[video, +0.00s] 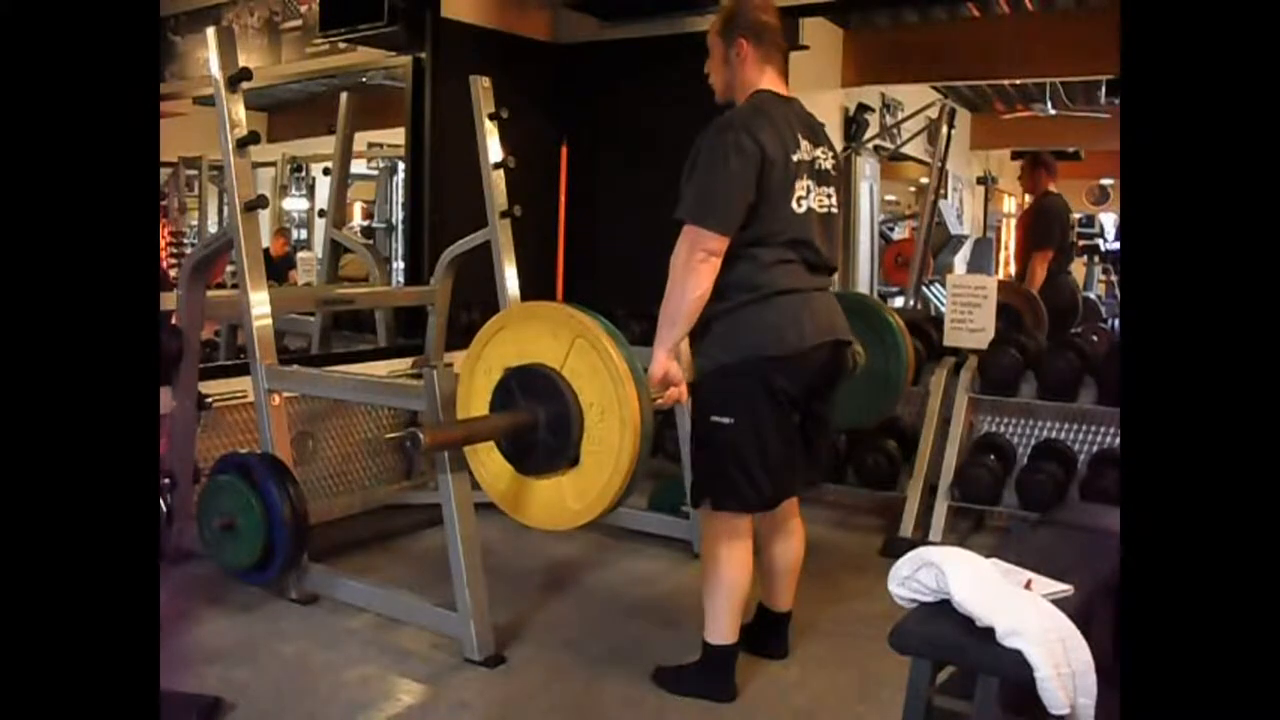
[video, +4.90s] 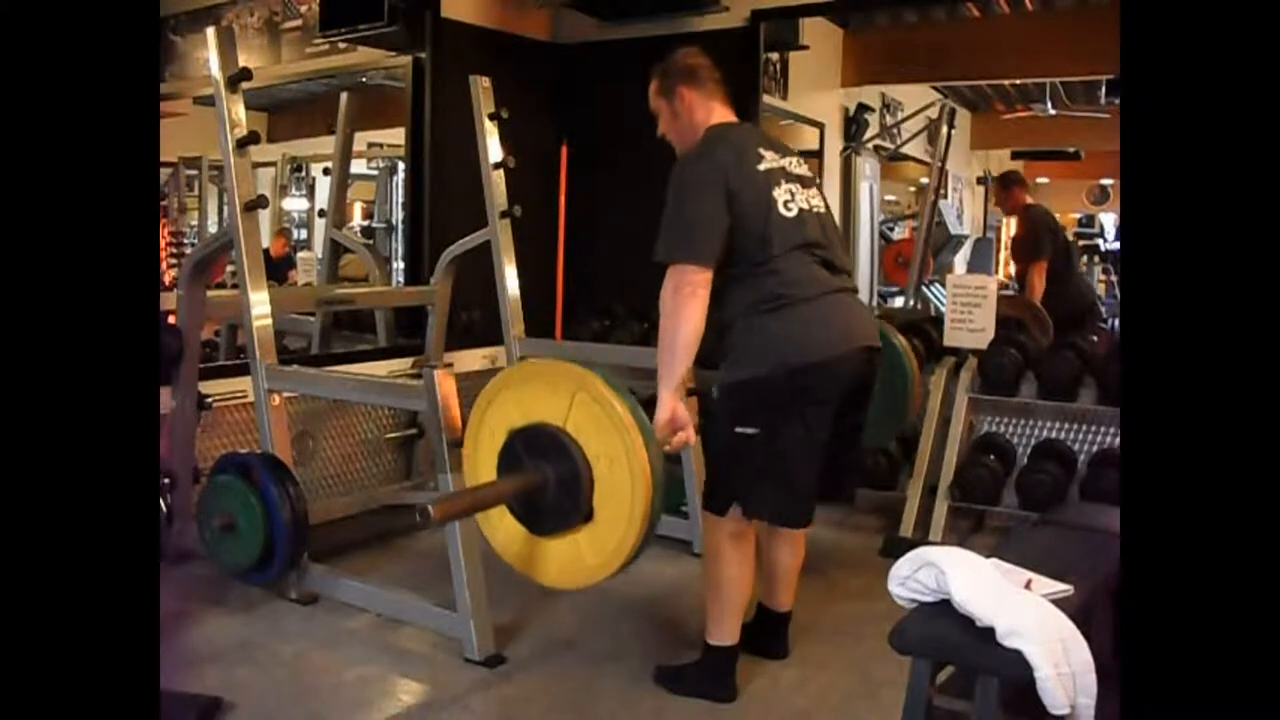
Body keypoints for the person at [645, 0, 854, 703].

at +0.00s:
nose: (710, 72)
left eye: (713, 57)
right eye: (711, 58)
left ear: (741, 52)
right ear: (774, 54)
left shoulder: (737, 129)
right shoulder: (812, 129)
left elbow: (703, 247)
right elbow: (803, 248)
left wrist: (665, 346)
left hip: (749, 343)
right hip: (817, 338)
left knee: (727, 512)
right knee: (780, 498)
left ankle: (715, 668)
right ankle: (772, 630)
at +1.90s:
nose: (647, 162)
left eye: (646, 145)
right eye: (644, 147)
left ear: (668, 132)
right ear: (701, 131)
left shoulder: (690, 192)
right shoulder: (762, 179)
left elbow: (674, 309)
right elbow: (806, 270)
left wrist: (655, 420)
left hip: (797, 355)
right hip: (866, 339)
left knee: (735, 501)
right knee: (796, 497)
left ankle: (717, 668)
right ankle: (773, 631)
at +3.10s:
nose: (624, 266)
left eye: (623, 250)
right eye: (621, 253)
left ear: (645, 240)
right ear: (674, 235)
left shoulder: (673, 287)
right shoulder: (731, 265)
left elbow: (665, 405)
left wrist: (648, 519)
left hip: (825, 380)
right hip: (894, 363)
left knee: (728, 506)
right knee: (793, 503)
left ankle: (717, 670)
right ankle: (773, 630)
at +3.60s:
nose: (647, 166)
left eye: (649, 149)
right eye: (646, 150)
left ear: (670, 141)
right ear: (703, 140)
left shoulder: (682, 199)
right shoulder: (750, 188)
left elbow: (671, 322)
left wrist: (657, 429)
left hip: (798, 359)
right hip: (868, 345)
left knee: (734, 501)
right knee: (800, 500)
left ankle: (717, 667)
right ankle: (774, 630)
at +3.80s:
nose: (704, 78)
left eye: (705, 64)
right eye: (703, 65)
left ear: (725, 56)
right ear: (770, 57)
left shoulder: (732, 125)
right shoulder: (811, 129)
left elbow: (693, 236)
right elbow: (800, 242)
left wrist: (661, 340)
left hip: (758, 346)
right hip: (826, 340)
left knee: (739, 508)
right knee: (787, 496)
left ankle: (717, 668)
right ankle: (773, 631)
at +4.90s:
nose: (662, 133)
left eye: (660, 116)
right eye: (658, 119)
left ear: (685, 99)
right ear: (720, 97)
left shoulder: (706, 160)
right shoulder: (783, 156)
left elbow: (689, 280)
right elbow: (814, 261)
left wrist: (669, 391)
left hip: (773, 356)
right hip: (844, 347)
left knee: (729, 511)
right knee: (789, 498)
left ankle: (716, 666)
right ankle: (773, 629)